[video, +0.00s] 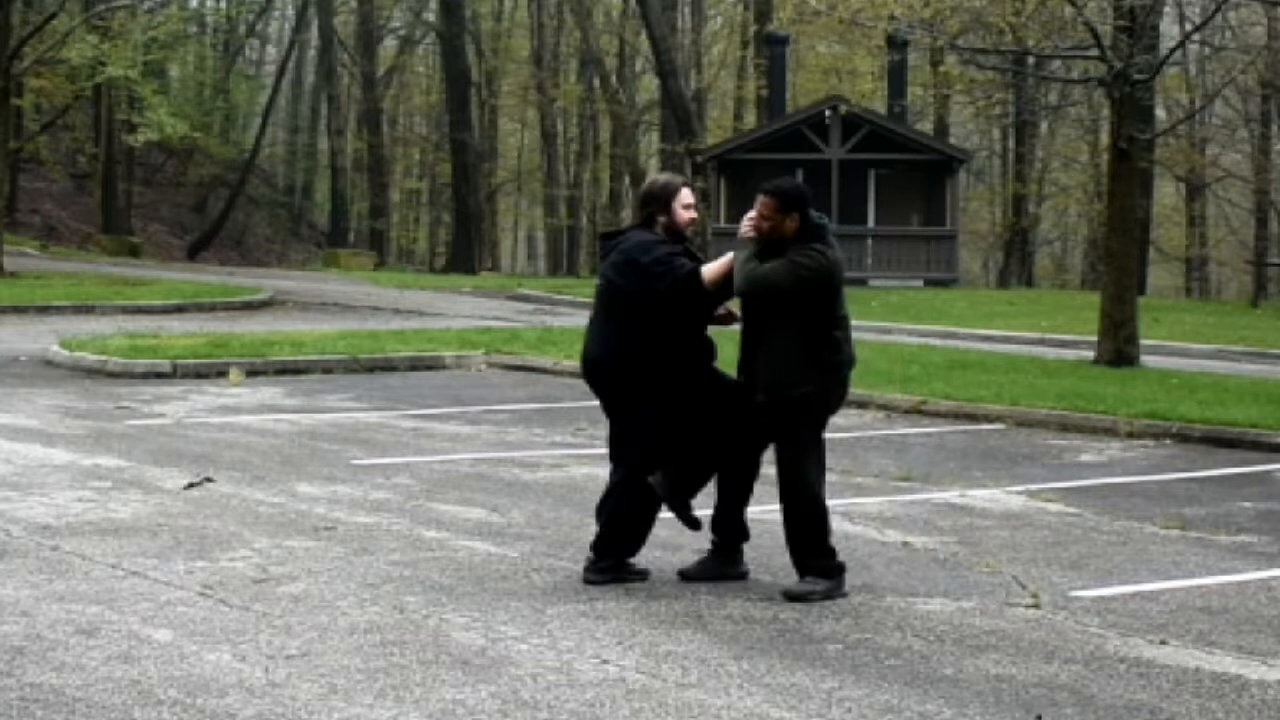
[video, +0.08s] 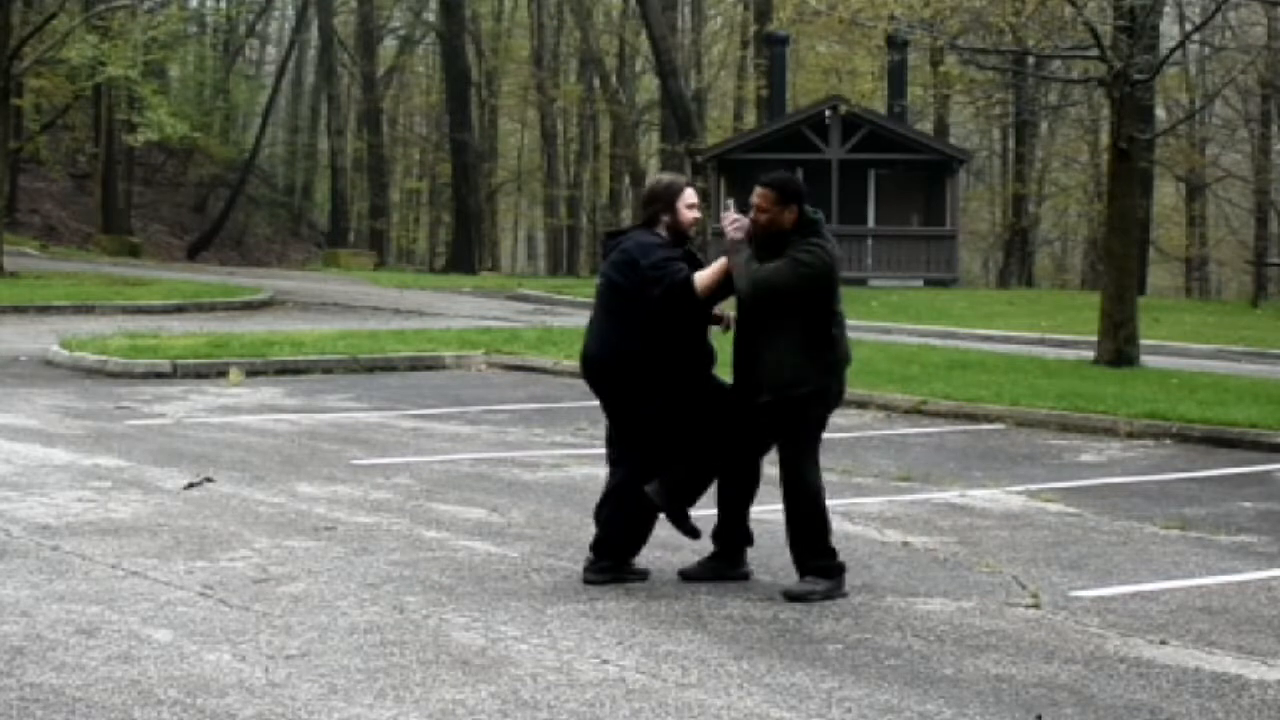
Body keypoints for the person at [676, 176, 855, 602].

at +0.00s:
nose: (756, 223)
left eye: (766, 217)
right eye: (756, 215)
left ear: (793, 220)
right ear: (765, 218)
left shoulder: (817, 260)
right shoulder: (771, 249)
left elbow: (750, 284)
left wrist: (746, 241)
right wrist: (730, 313)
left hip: (807, 385)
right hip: (764, 379)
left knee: (800, 480)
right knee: (735, 463)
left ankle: (822, 573)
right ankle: (726, 554)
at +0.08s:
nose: (753, 216)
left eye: (763, 209)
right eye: (753, 208)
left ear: (790, 212)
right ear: (756, 210)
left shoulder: (815, 254)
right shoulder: (761, 242)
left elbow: (754, 286)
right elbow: (722, 282)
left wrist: (739, 246)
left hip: (806, 382)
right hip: (759, 376)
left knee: (800, 473)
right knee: (736, 463)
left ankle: (822, 572)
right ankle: (729, 555)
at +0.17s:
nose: (747, 210)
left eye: (756, 203)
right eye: (745, 201)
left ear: (783, 204)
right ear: (749, 201)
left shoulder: (813, 247)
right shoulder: (749, 236)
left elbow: (766, 287)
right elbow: (721, 284)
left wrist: (728, 254)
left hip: (807, 377)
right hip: (756, 374)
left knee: (806, 475)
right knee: (733, 460)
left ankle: (823, 572)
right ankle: (728, 555)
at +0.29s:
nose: (738, 210)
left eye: (746, 203)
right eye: (736, 201)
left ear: (774, 203)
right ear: (746, 202)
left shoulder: (810, 248)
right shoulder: (738, 243)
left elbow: (784, 297)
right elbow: (718, 302)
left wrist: (721, 274)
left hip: (807, 381)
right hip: (752, 380)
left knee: (815, 472)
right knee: (726, 462)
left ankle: (834, 573)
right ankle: (728, 555)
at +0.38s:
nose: (730, 220)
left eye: (737, 212)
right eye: (728, 212)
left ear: (766, 211)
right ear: (734, 213)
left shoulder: (806, 258)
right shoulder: (733, 253)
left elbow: (783, 312)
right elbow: (717, 304)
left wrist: (718, 297)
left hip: (797, 389)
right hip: (742, 386)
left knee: (813, 477)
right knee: (711, 461)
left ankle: (837, 575)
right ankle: (721, 549)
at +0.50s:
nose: (702, 242)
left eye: (710, 234)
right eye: (700, 234)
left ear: (738, 231)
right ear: (725, 233)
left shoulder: (781, 281)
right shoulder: (715, 273)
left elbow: (764, 342)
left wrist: (701, 328)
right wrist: (680, 311)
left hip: (788, 396)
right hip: (740, 392)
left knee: (800, 482)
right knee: (691, 455)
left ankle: (839, 575)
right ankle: (672, 549)